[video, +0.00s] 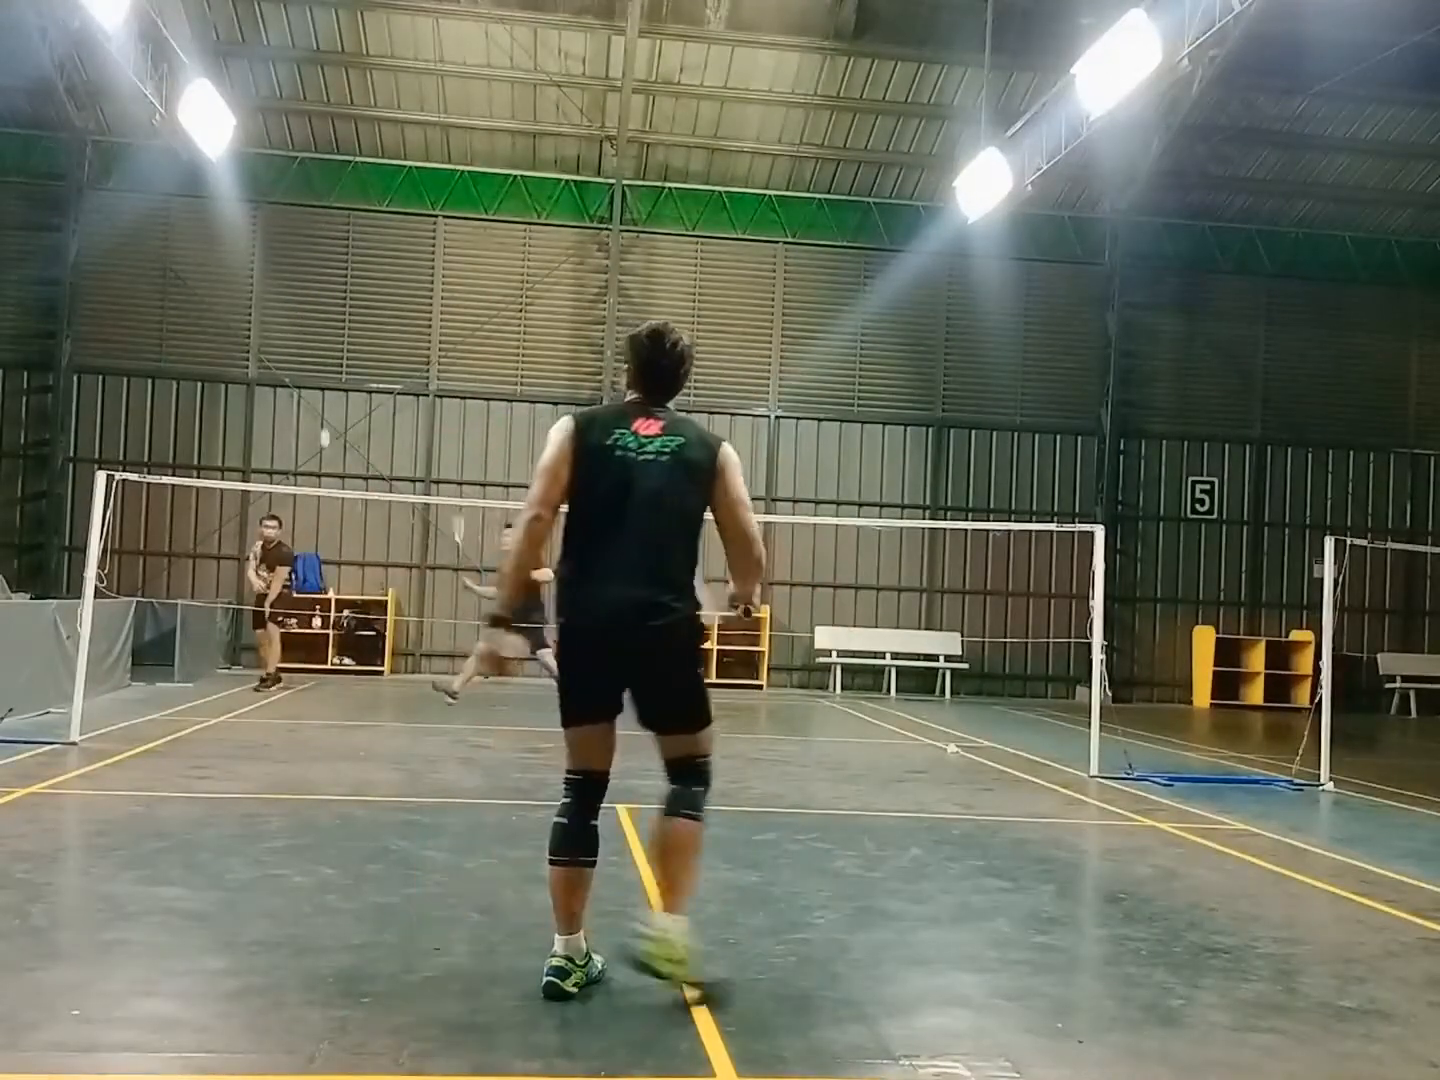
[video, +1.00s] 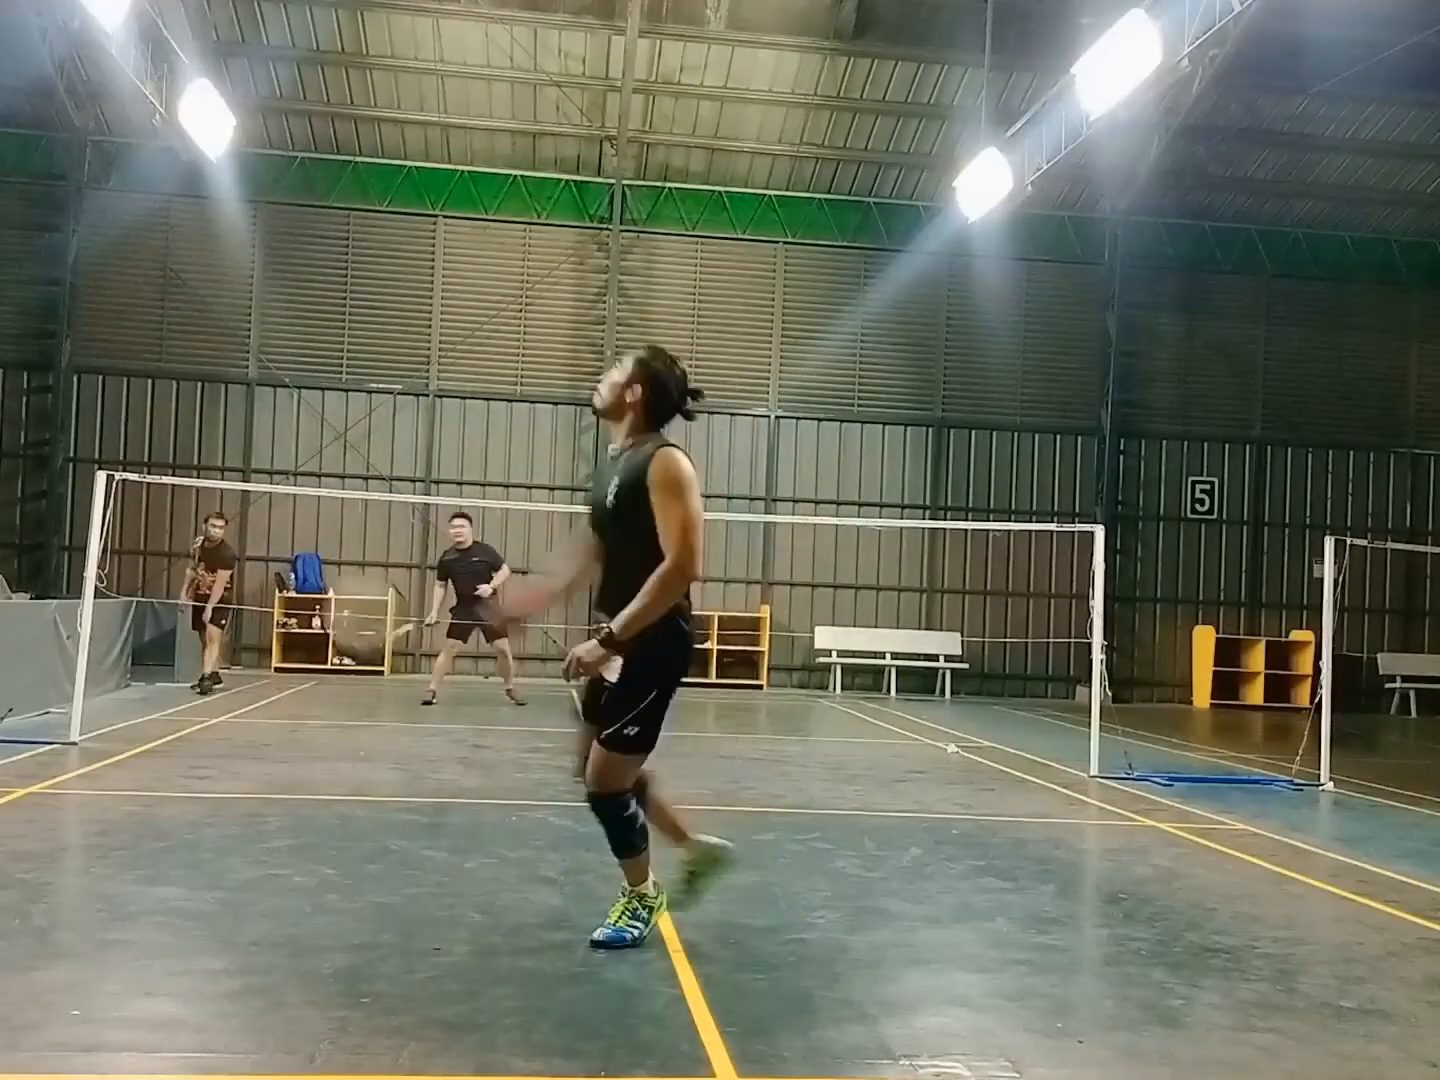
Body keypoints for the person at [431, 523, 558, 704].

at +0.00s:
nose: (504, 539)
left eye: (508, 536)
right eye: (503, 536)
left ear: (521, 538)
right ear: (501, 539)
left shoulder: (530, 562)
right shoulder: (510, 567)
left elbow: (549, 575)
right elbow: (499, 592)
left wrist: (530, 577)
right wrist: (473, 587)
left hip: (532, 631)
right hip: (510, 629)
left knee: (551, 664)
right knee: (482, 649)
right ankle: (455, 687)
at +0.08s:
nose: (486, 540)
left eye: (491, 536)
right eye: (485, 536)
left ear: (505, 540)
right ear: (484, 541)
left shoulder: (516, 561)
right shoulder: (490, 569)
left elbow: (535, 574)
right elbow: (481, 595)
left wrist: (518, 572)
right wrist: (457, 584)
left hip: (520, 623)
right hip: (496, 623)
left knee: (541, 657)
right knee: (467, 651)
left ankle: (569, 693)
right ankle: (447, 693)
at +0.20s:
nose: (452, 545)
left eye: (457, 540)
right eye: (451, 541)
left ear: (471, 544)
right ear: (452, 547)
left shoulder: (485, 562)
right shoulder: (458, 575)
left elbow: (513, 575)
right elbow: (437, 597)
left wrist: (505, 577)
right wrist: (416, 587)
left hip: (500, 621)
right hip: (476, 623)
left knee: (522, 656)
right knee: (445, 646)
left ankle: (551, 696)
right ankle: (442, 693)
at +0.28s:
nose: (438, 548)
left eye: (443, 544)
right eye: (437, 545)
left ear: (457, 545)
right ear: (438, 550)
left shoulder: (474, 561)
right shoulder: (444, 576)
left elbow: (501, 573)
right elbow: (418, 593)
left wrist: (491, 577)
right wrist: (392, 593)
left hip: (493, 618)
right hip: (469, 621)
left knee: (517, 654)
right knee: (441, 646)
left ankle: (542, 693)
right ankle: (442, 693)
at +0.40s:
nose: (424, 543)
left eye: (428, 538)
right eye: (423, 539)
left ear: (441, 538)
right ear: (424, 544)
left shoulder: (462, 554)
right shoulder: (431, 571)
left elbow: (488, 566)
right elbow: (421, 594)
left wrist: (469, 577)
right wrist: (418, 616)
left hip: (483, 606)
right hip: (460, 612)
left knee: (505, 642)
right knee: (440, 644)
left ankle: (530, 683)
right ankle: (442, 692)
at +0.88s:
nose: (437, 532)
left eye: (441, 528)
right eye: (434, 529)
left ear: (451, 529)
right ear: (431, 534)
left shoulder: (468, 548)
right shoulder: (432, 561)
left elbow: (491, 563)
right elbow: (429, 588)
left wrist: (479, 583)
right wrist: (425, 615)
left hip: (482, 605)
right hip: (457, 608)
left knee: (504, 641)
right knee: (445, 649)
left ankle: (524, 680)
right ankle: (432, 690)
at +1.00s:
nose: (458, 531)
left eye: (462, 527)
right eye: (453, 527)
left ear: (471, 530)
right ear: (449, 531)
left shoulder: (486, 551)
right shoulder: (447, 558)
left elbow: (504, 570)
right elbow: (440, 585)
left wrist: (491, 586)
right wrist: (434, 612)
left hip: (487, 606)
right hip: (463, 607)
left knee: (503, 648)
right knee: (450, 647)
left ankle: (509, 688)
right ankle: (432, 689)